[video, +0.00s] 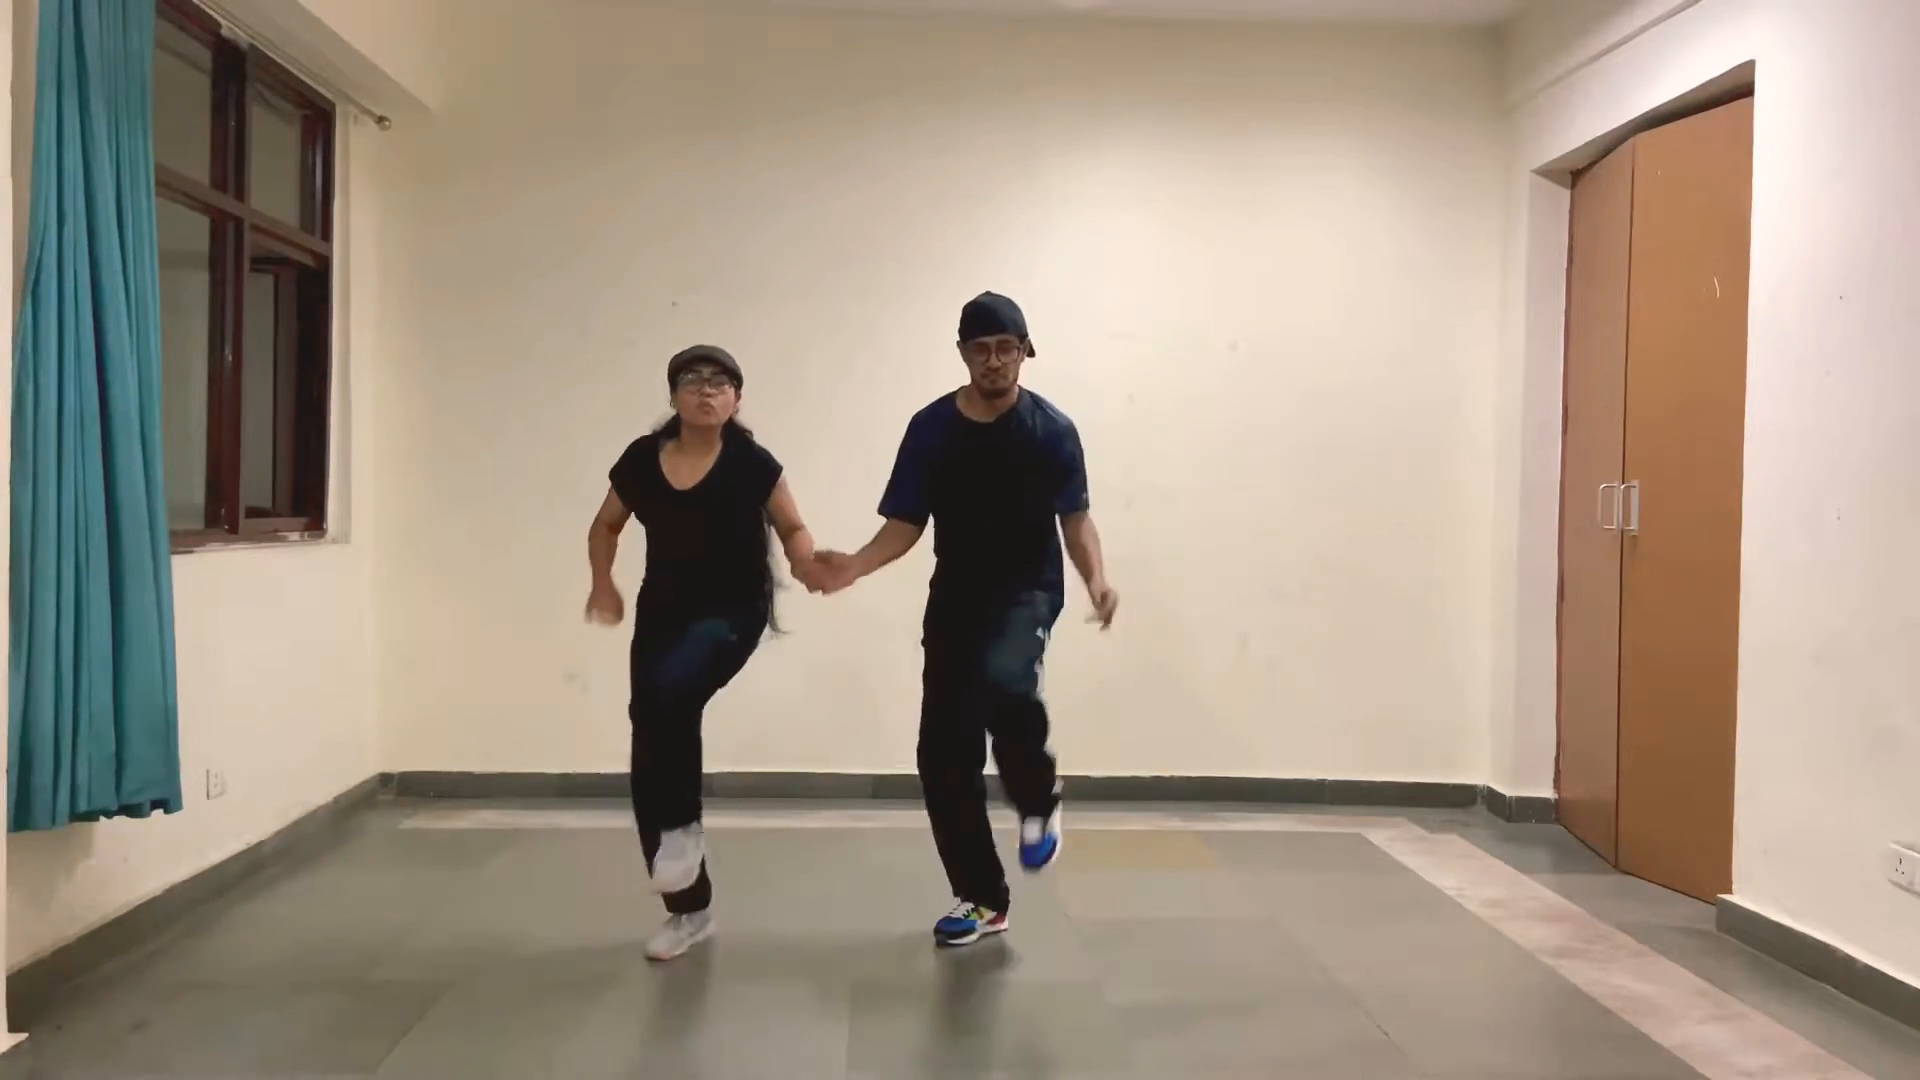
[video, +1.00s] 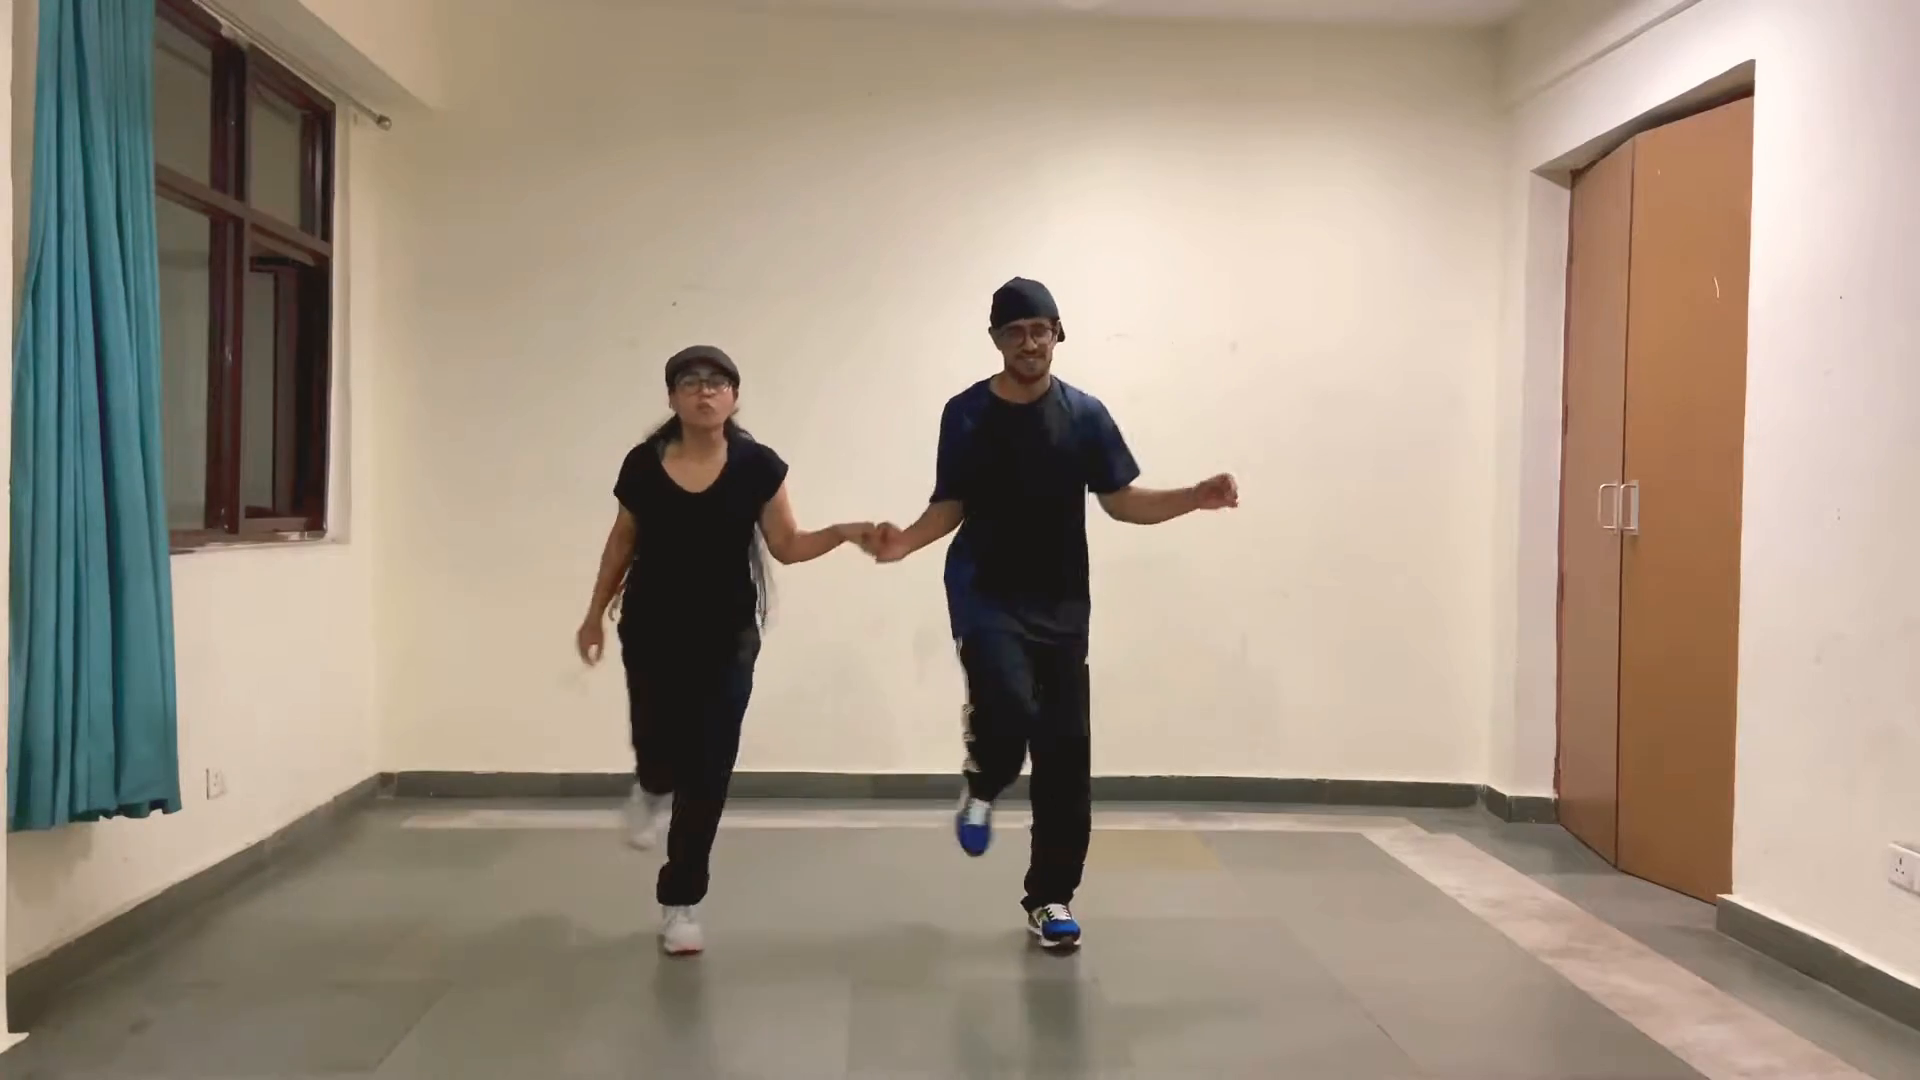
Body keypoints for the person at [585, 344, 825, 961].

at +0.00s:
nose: (707, 392)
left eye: (719, 384)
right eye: (694, 384)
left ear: (736, 398)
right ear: (674, 397)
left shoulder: (753, 465)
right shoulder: (644, 459)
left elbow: (792, 527)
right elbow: (605, 526)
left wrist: (804, 559)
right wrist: (602, 581)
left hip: (732, 611)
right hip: (662, 613)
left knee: (671, 693)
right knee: (651, 741)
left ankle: (679, 826)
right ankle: (688, 905)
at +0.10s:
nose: (714, 380)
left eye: (724, 371)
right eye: (700, 372)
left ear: (742, 382)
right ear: (679, 383)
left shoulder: (759, 448)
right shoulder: (646, 446)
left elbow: (786, 515)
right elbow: (595, 520)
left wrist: (793, 553)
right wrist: (634, 523)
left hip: (744, 603)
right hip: (674, 605)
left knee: (687, 700)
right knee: (690, 735)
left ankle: (678, 835)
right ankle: (733, 882)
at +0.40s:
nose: (724, 409)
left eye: (735, 398)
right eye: (710, 399)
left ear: (751, 408)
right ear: (690, 407)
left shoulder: (763, 472)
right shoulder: (656, 458)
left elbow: (797, 537)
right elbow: (604, 534)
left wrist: (820, 603)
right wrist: (627, 557)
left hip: (731, 636)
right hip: (661, 633)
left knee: (701, 762)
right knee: (650, 771)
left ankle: (719, 902)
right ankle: (755, 852)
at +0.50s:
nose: (717, 419)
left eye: (727, 409)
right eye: (703, 410)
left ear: (742, 420)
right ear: (681, 421)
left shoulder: (758, 483)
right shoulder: (647, 481)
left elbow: (802, 533)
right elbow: (590, 559)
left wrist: (826, 584)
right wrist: (616, 612)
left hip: (721, 654)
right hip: (649, 646)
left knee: (706, 779)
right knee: (582, 771)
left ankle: (735, 907)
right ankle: (671, 826)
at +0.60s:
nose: (704, 424)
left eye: (714, 413)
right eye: (690, 414)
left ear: (730, 421)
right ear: (669, 423)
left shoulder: (744, 485)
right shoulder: (634, 486)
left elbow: (804, 525)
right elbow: (568, 562)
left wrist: (811, 564)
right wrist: (581, 638)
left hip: (700, 656)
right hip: (627, 646)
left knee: (677, 774)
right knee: (554, 759)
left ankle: (707, 902)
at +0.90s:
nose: (698, 412)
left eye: (709, 403)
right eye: (685, 404)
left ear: (727, 415)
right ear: (666, 418)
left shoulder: (753, 485)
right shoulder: (637, 485)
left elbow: (792, 551)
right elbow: (591, 555)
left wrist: (827, 565)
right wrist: (542, 627)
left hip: (708, 656)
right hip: (633, 647)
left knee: (688, 780)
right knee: (601, 766)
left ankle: (675, 905)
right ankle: (588, 829)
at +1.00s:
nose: (704, 393)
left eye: (716, 384)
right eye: (691, 384)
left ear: (734, 397)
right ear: (671, 398)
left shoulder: (758, 467)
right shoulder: (645, 466)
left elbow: (786, 546)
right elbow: (623, 539)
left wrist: (842, 532)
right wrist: (595, 612)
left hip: (725, 636)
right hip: (653, 630)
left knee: (707, 773)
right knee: (656, 741)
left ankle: (682, 902)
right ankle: (655, 794)